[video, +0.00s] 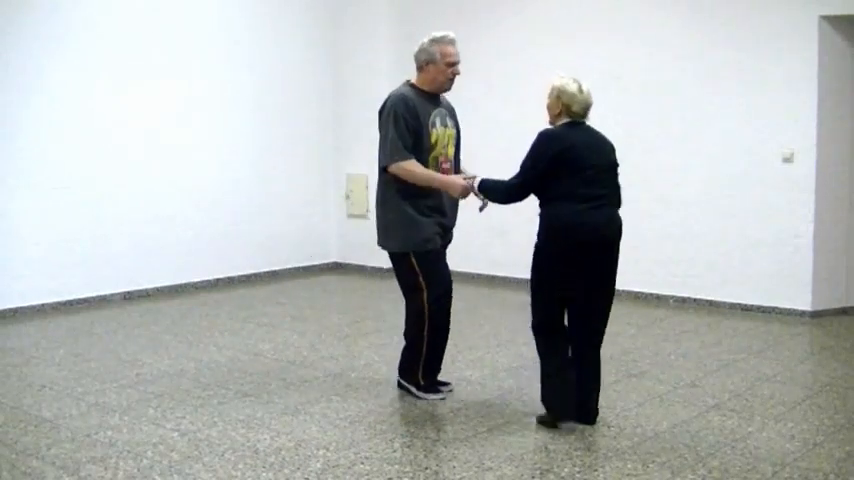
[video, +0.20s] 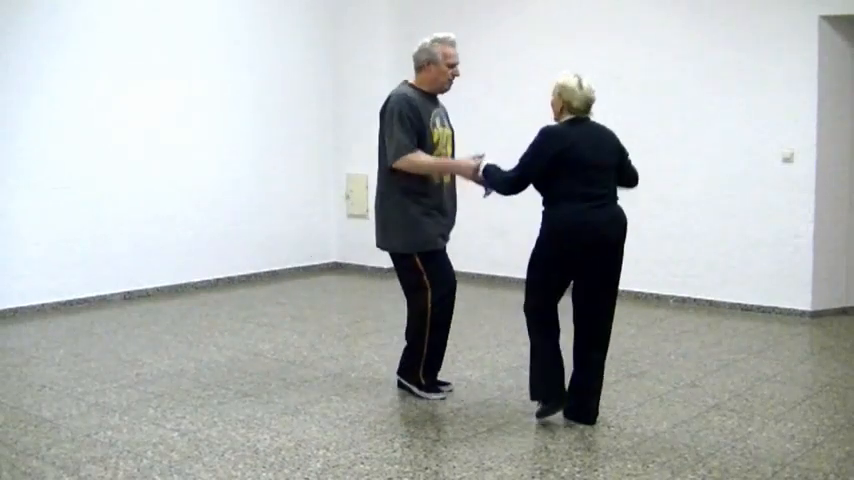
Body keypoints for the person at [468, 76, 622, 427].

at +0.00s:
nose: (546, 106)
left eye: (549, 101)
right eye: (547, 100)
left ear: (557, 106)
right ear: (584, 107)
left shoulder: (550, 140)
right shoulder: (603, 144)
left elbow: (515, 190)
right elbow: (614, 199)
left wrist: (476, 184)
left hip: (558, 245)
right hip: (601, 247)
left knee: (547, 321)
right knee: (588, 326)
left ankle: (557, 406)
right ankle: (585, 409)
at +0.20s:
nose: (550, 104)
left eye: (552, 99)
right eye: (552, 98)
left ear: (560, 104)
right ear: (587, 105)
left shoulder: (551, 137)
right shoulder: (606, 137)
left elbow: (512, 183)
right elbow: (629, 178)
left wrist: (483, 169)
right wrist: (594, 169)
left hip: (561, 235)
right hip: (607, 236)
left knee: (540, 306)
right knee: (594, 318)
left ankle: (551, 394)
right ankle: (584, 408)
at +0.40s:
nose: (558, 104)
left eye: (559, 100)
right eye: (562, 99)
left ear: (564, 103)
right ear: (595, 103)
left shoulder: (550, 137)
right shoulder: (612, 136)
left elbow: (506, 181)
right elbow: (641, 169)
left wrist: (471, 165)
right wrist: (612, 147)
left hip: (555, 240)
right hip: (603, 241)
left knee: (546, 319)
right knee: (594, 320)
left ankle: (550, 410)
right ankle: (585, 409)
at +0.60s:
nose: (602, 113)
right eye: (601, 108)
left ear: (561, 109)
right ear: (597, 111)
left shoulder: (544, 142)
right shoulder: (612, 145)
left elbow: (509, 192)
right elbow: (655, 198)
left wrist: (465, 198)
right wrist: (636, 202)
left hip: (550, 247)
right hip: (603, 249)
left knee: (550, 329)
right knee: (595, 325)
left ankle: (553, 420)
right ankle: (586, 408)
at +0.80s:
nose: (622, 105)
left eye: (621, 98)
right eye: (618, 99)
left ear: (582, 100)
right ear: (600, 101)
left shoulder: (555, 134)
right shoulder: (617, 139)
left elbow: (524, 185)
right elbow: (650, 188)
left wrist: (508, 175)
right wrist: (700, 191)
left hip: (550, 246)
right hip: (600, 248)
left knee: (554, 331)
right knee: (609, 330)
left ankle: (551, 424)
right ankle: (601, 420)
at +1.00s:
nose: (643, 106)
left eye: (642, 99)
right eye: (638, 99)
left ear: (608, 104)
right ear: (616, 103)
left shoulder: (578, 137)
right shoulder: (626, 138)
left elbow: (551, 183)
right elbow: (637, 190)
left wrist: (540, 161)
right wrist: (678, 213)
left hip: (566, 250)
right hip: (609, 253)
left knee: (567, 335)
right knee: (613, 345)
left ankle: (551, 421)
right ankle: (593, 438)